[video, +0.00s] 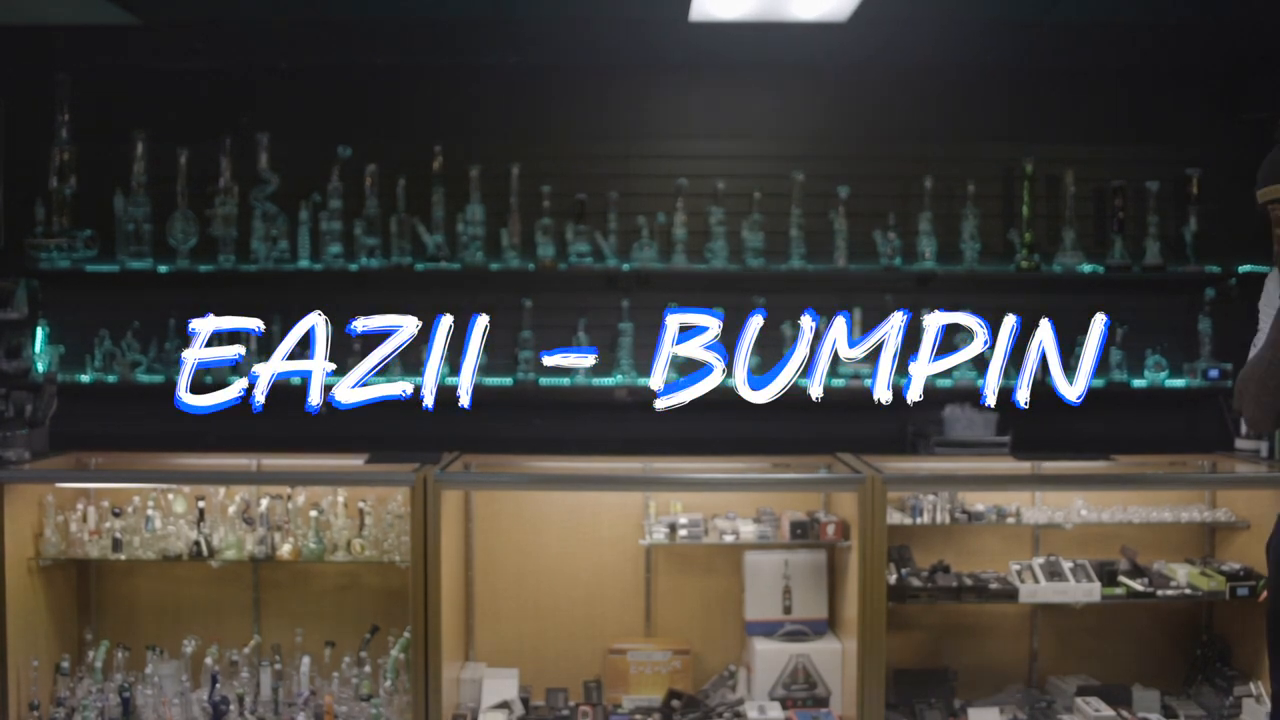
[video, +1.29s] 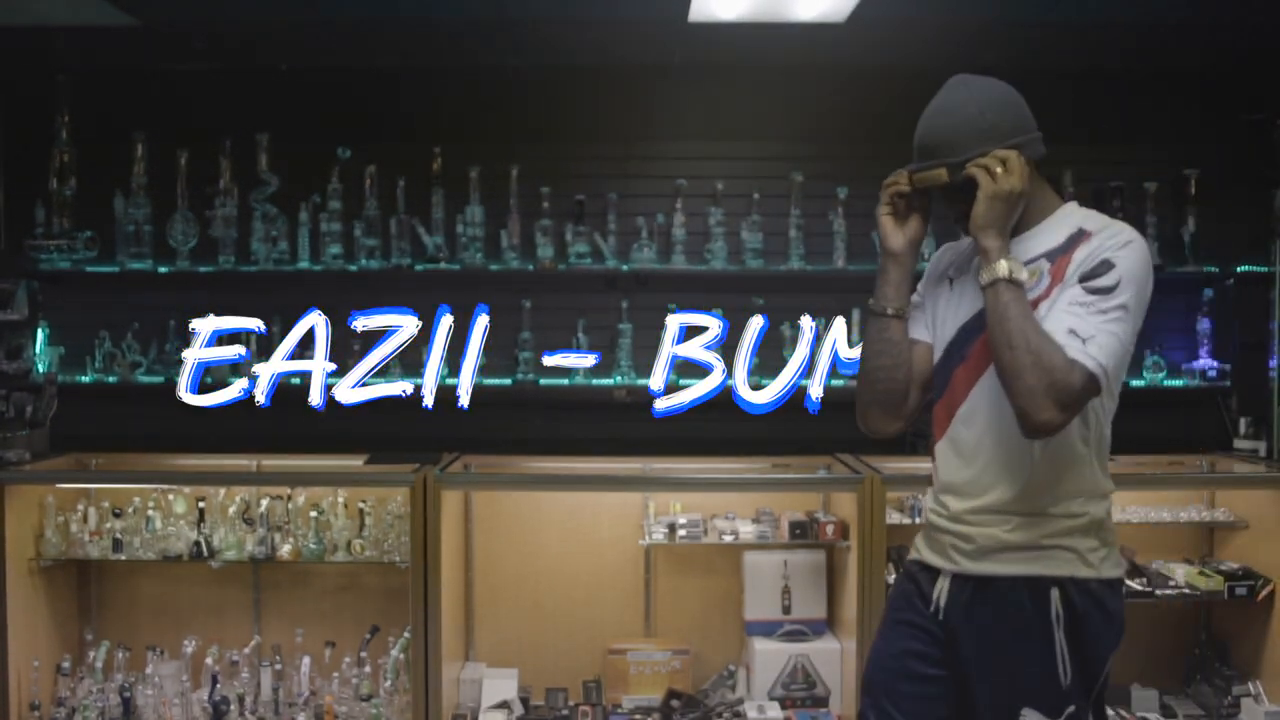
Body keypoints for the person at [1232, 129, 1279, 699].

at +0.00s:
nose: (1274, 223)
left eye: (1275, 206)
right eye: (1269, 208)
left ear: (1278, 205)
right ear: (1263, 210)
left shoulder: (1272, 291)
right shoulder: (1270, 290)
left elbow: (1255, 411)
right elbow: (1253, 410)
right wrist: (1273, 334)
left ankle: (1272, 697)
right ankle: (1272, 698)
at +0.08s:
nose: (1244, 230)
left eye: (1249, 212)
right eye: (1239, 216)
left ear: (1274, 211)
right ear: (1249, 219)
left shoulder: (1264, 288)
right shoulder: (1253, 287)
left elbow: (1238, 416)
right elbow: (1236, 418)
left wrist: (1264, 303)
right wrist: (1267, 304)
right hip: (1275, 507)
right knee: (1268, 675)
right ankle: (1264, 701)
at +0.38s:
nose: (1184, 222)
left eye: (1194, 205)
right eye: (1175, 209)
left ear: (1241, 189)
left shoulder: (1279, 260)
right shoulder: (1199, 269)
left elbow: (1274, 374)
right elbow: (1169, 421)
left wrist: (1228, 299)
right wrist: (1189, 315)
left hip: (1278, 526)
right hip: (1221, 523)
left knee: (1263, 700)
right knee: (1220, 698)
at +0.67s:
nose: (1138, 228)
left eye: (1151, 211)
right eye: (1126, 215)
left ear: (1199, 193)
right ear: (1115, 212)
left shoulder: (1269, 265)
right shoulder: (1130, 272)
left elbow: (1244, 398)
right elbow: (1061, 405)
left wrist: (1202, 254)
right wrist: (1087, 270)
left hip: (1234, 551)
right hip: (1145, 552)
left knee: (1177, 709)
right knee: (1168, 710)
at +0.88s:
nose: (1098, 202)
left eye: (1111, 183)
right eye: (1086, 188)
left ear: (1164, 170)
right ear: (1076, 190)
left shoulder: (1247, 249)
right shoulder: (1085, 259)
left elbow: (1185, 388)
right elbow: (1018, 400)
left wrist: (1141, 236)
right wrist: (1038, 252)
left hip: (1180, 551)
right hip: (1081, 550)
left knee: (1134, 707)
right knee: (1049, 707)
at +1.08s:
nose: (1033, 189)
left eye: (1043, 169)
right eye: (1021, 175)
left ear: (1094, 157)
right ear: (1012, 182)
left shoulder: (1188, 243)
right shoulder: (1028, 253)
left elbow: (1114, 392)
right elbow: (961, 401)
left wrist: (1065, 235)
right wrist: (975, 250)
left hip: (1122, 565)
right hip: (1014, 551)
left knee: (1098, 708)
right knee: (950, 706)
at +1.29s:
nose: (955, 199)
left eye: (964, 182)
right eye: (944, 188)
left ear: (1012, 166)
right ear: (940, 189)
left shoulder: (1112, 250)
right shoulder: (951, 261)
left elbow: (1045, 406)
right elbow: (882, 416)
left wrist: (992, 247)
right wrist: (894, 263)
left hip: (1045, 590)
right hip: (934, 576)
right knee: (888, 706)